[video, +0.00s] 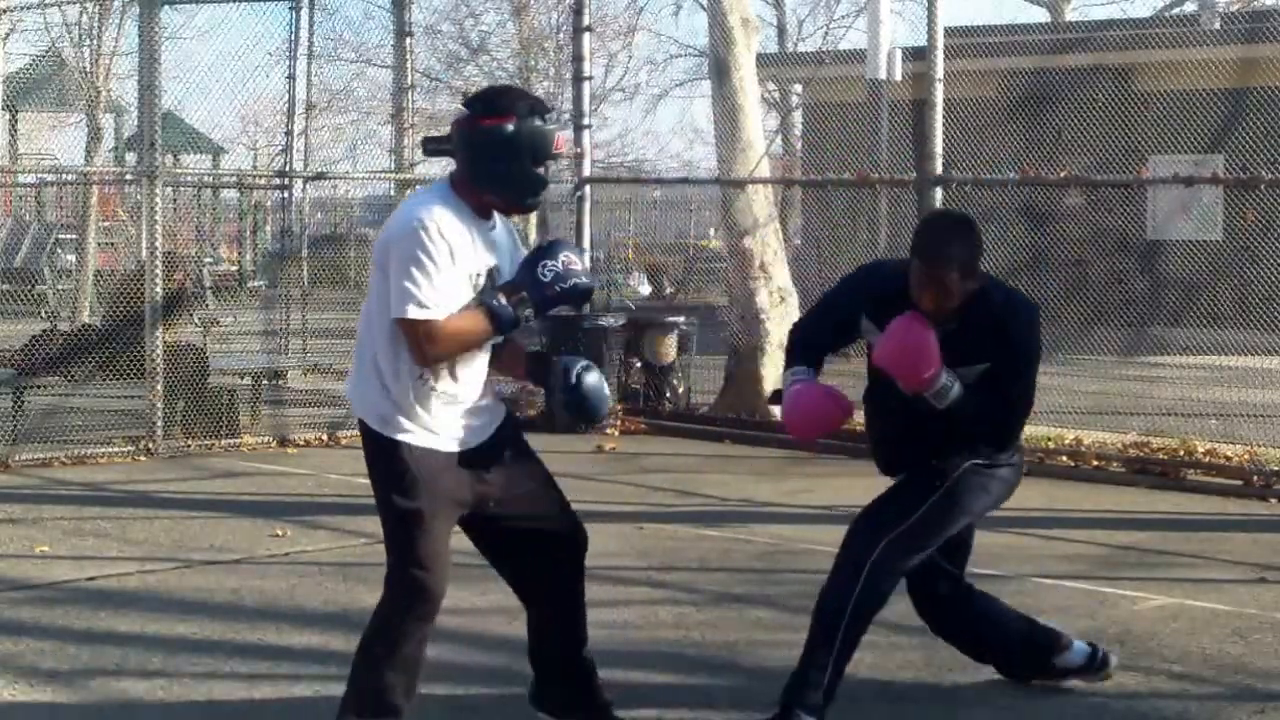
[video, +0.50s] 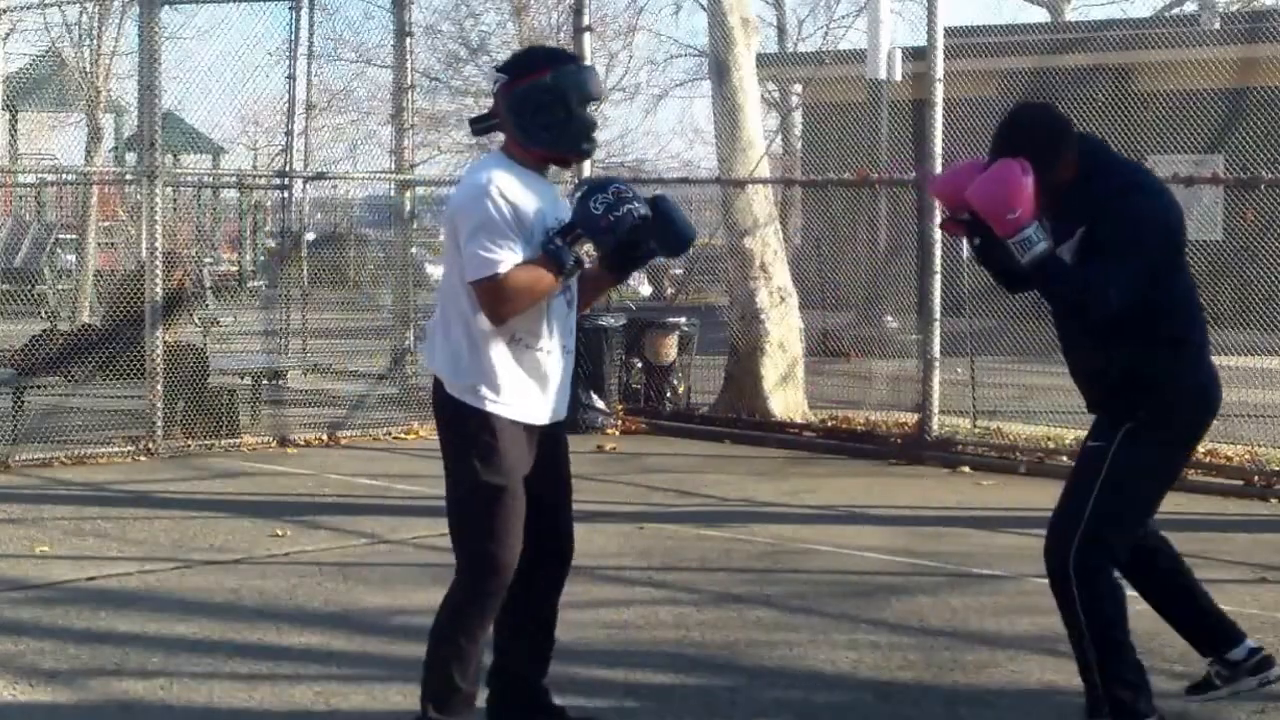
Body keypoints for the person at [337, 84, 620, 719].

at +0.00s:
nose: (538, 180)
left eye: (538, 167)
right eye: (528, 167)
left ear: (495, 164)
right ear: (489, 164)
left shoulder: (498, 227)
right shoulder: (423, 226)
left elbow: (483, 345)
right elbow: (427, 343)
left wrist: (550, 373)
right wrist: (517, 301)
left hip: (480, 422)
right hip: (410, 430)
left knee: (556, 548)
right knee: (419, 587)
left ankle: (567, 696)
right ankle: (368, 712)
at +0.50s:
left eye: (582, 106)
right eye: (574, 107)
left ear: (513, 112)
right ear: (558, 117)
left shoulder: (550, 194)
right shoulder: (485, 187)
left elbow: (568, 302)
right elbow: (500, 299)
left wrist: (622, 259)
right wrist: (576, 245)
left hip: (540, 407)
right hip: (483, 405)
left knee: (546, 555)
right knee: (491, 564)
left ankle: (519, 701)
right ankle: (448, 708)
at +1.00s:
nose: (685, 176)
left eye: (689, 163)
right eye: (673, 159)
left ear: (656, 151)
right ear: (649, 154)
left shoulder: (685, 208)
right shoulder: (605, 221)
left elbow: (676, 305)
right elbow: (633, 333)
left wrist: (735, 297)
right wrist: (695, 259)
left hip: (693, 435)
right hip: (621, 445)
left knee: (746, 585)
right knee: (574, 604)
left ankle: (789, 711)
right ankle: (495, 714)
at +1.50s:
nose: (852, 177)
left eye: (852, 163)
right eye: (837, 165)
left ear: (848, 165)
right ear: (795, 169)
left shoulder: (876, 226)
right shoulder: (740, 243)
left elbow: (952, 256)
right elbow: (722, 354)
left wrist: (1017, 226)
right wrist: (795, 302)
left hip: (838, 454)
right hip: (740, 456)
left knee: (891, 595)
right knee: (688, 588)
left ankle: (930, 706)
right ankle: (624, 704)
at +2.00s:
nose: (908, 152)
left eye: (912, 138)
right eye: (896, 138)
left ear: (911, 136)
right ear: (856, 133)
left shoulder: (907, 204)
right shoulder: (786, 200)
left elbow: (909, 314)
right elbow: (765, 303)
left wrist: (949, 278)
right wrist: (840, 259)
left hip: (883, 428)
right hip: (791, 425)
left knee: (906, 582)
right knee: (743, 574)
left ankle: (919, 708)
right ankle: (675, 706)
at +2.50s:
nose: (847, 123)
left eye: (848, 109)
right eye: (828, 111)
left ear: (851, 117)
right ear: (783, 122)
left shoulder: (877, 195)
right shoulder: (744, 209)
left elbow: (916, 298)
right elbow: (748, 310)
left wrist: (928, 263)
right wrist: (801, 242)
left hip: (874, 427)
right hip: (779, 435)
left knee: (908, 589)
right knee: (748, 597)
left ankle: (940, 712)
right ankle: (721, 715)